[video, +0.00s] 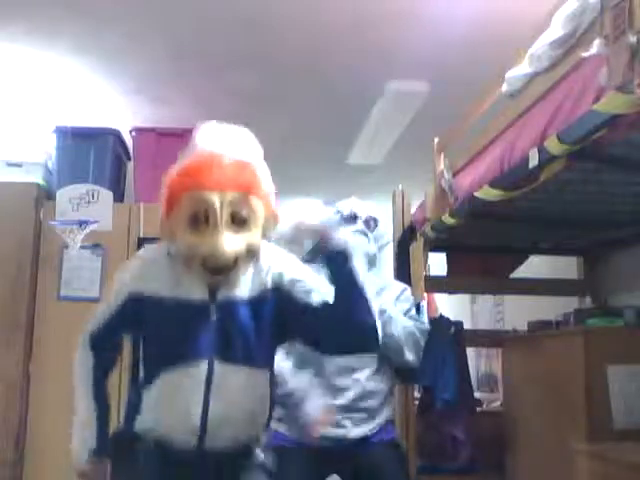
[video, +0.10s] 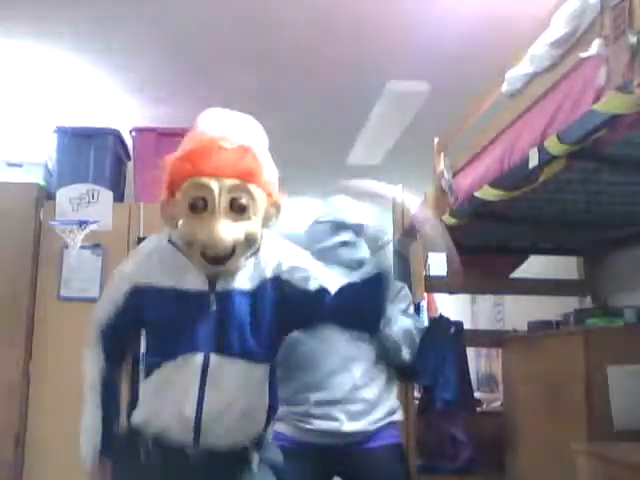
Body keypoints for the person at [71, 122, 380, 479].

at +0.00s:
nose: (219, 239)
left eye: (238, 220)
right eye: (201, 220)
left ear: (262, 224)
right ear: (173, 223)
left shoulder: (273, 281)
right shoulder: (148, 276)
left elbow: (357, 340)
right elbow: (94, 350)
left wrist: (337, 256)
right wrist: (93, 446)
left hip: (237, 462)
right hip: (155, 459)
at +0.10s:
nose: (217, 232)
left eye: (238, 208)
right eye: (198, 205)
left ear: (268, 216)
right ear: (169, 210)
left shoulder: (275, 277)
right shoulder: (147, 270)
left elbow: (359, 310)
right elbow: (107, 353)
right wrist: (103, 444)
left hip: (235, 459)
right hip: (154, 455)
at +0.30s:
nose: (210, 248)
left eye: (232, 224)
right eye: (193, 222)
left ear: (263, 229)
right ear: (169, 225)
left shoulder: (278, 283)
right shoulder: (151, 288)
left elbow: (339, 310)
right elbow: (120, 394)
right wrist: (105, 469)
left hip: (244, 469)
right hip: (156, 467)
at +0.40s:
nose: (211, 249)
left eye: (232, 225)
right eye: (192, 223)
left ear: (259, 232)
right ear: (167, 230)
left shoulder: (276, 280)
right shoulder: (148, 287)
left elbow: (349, 324)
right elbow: (114, 394)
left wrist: (394, 388)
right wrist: (99, 467)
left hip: (244, 466)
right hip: (156, 464)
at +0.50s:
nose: (211, 241)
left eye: (230, 219)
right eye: (191, 218)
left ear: (254, 223)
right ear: (160, 222)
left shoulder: (266, 279)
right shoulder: (138, 278)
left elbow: (325, 355)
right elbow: (90, 376)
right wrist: (81, 467)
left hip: (236, 464)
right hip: (151, 465)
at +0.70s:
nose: (202, 230)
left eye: (221, 209)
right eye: (182, 207)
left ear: (243, 212)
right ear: (151, 205)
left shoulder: (252, 260)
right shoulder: (122, 251)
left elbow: (299, 354)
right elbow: (51, 309)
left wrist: (328, 451)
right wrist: (109, 352)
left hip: (231, 454)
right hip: (139, 455)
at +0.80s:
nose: (199, 219)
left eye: (219, 198)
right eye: (180, 196)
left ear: (242, 201)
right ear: (151, 194)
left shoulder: (253, 243)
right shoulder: (126, 232)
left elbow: (304, 337)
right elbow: (35, 292)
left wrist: (317, 435)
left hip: (235, 450)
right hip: (139, 450)